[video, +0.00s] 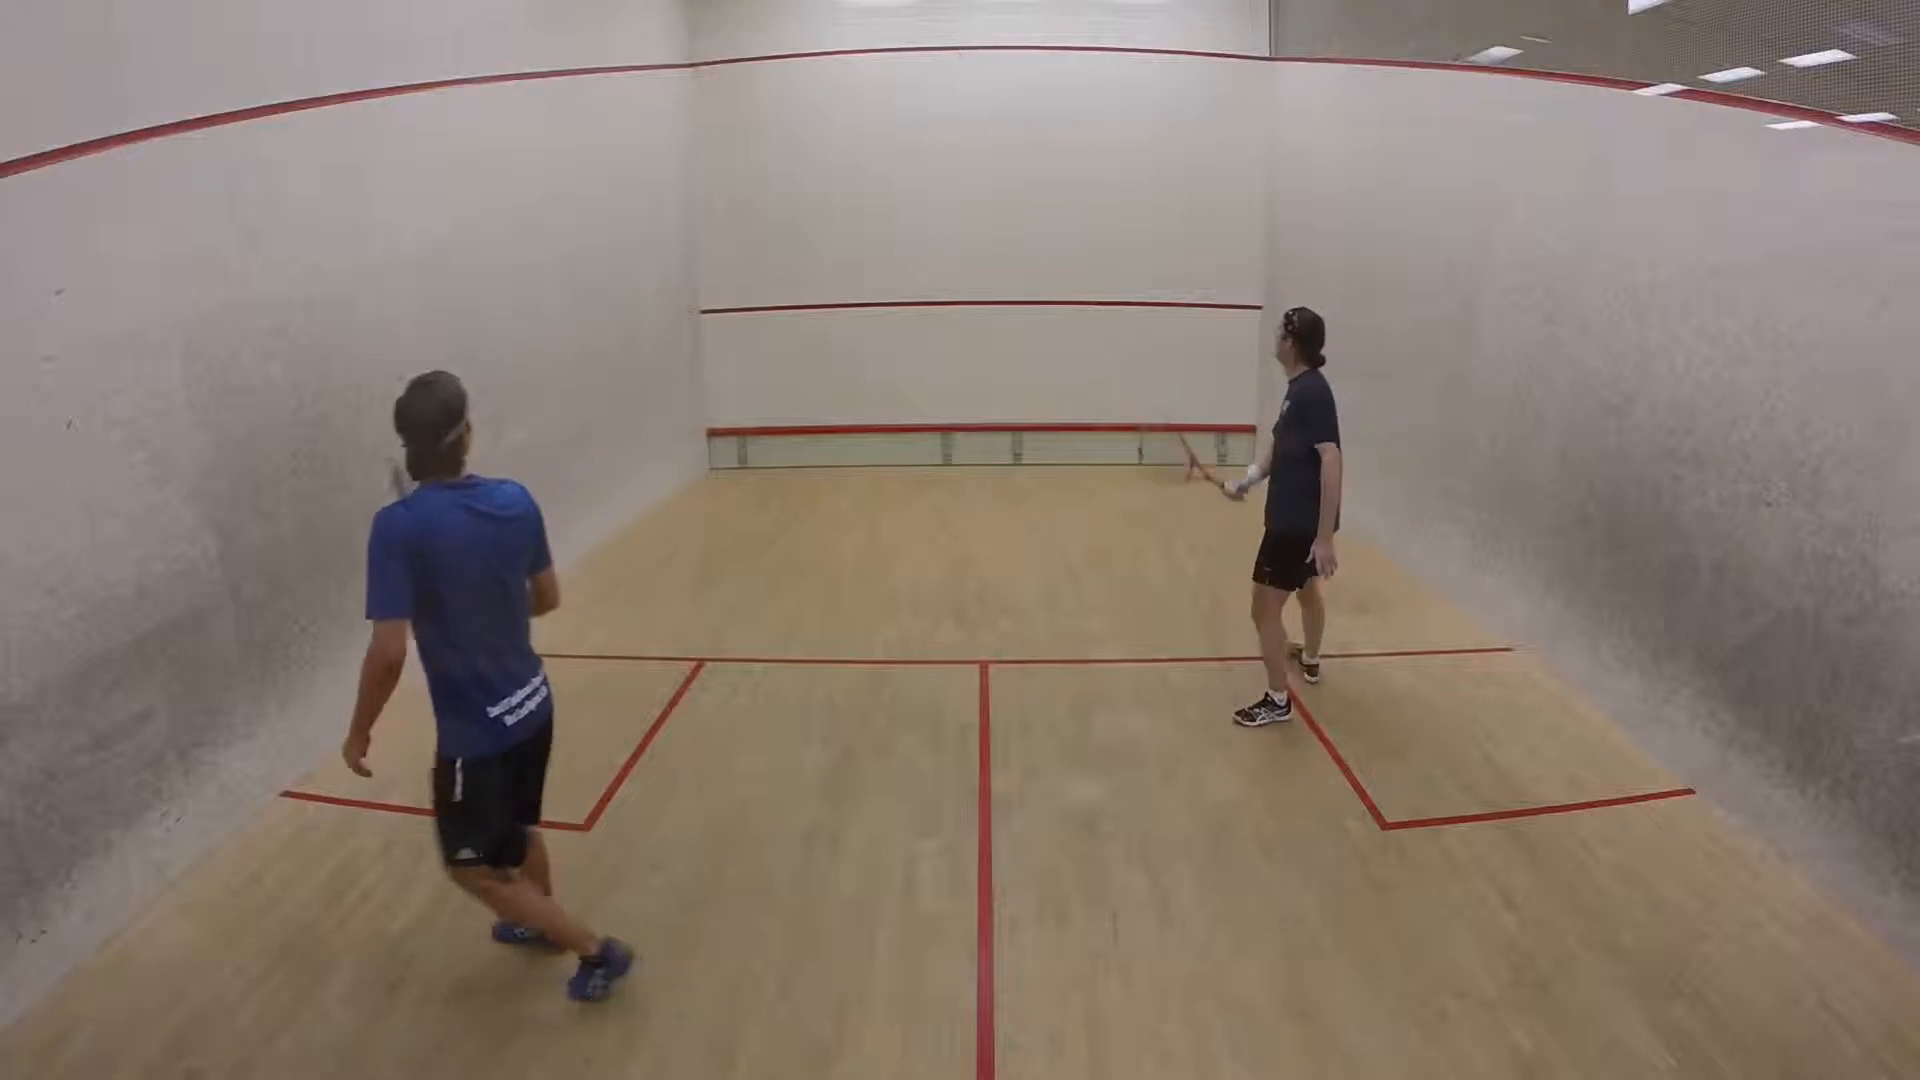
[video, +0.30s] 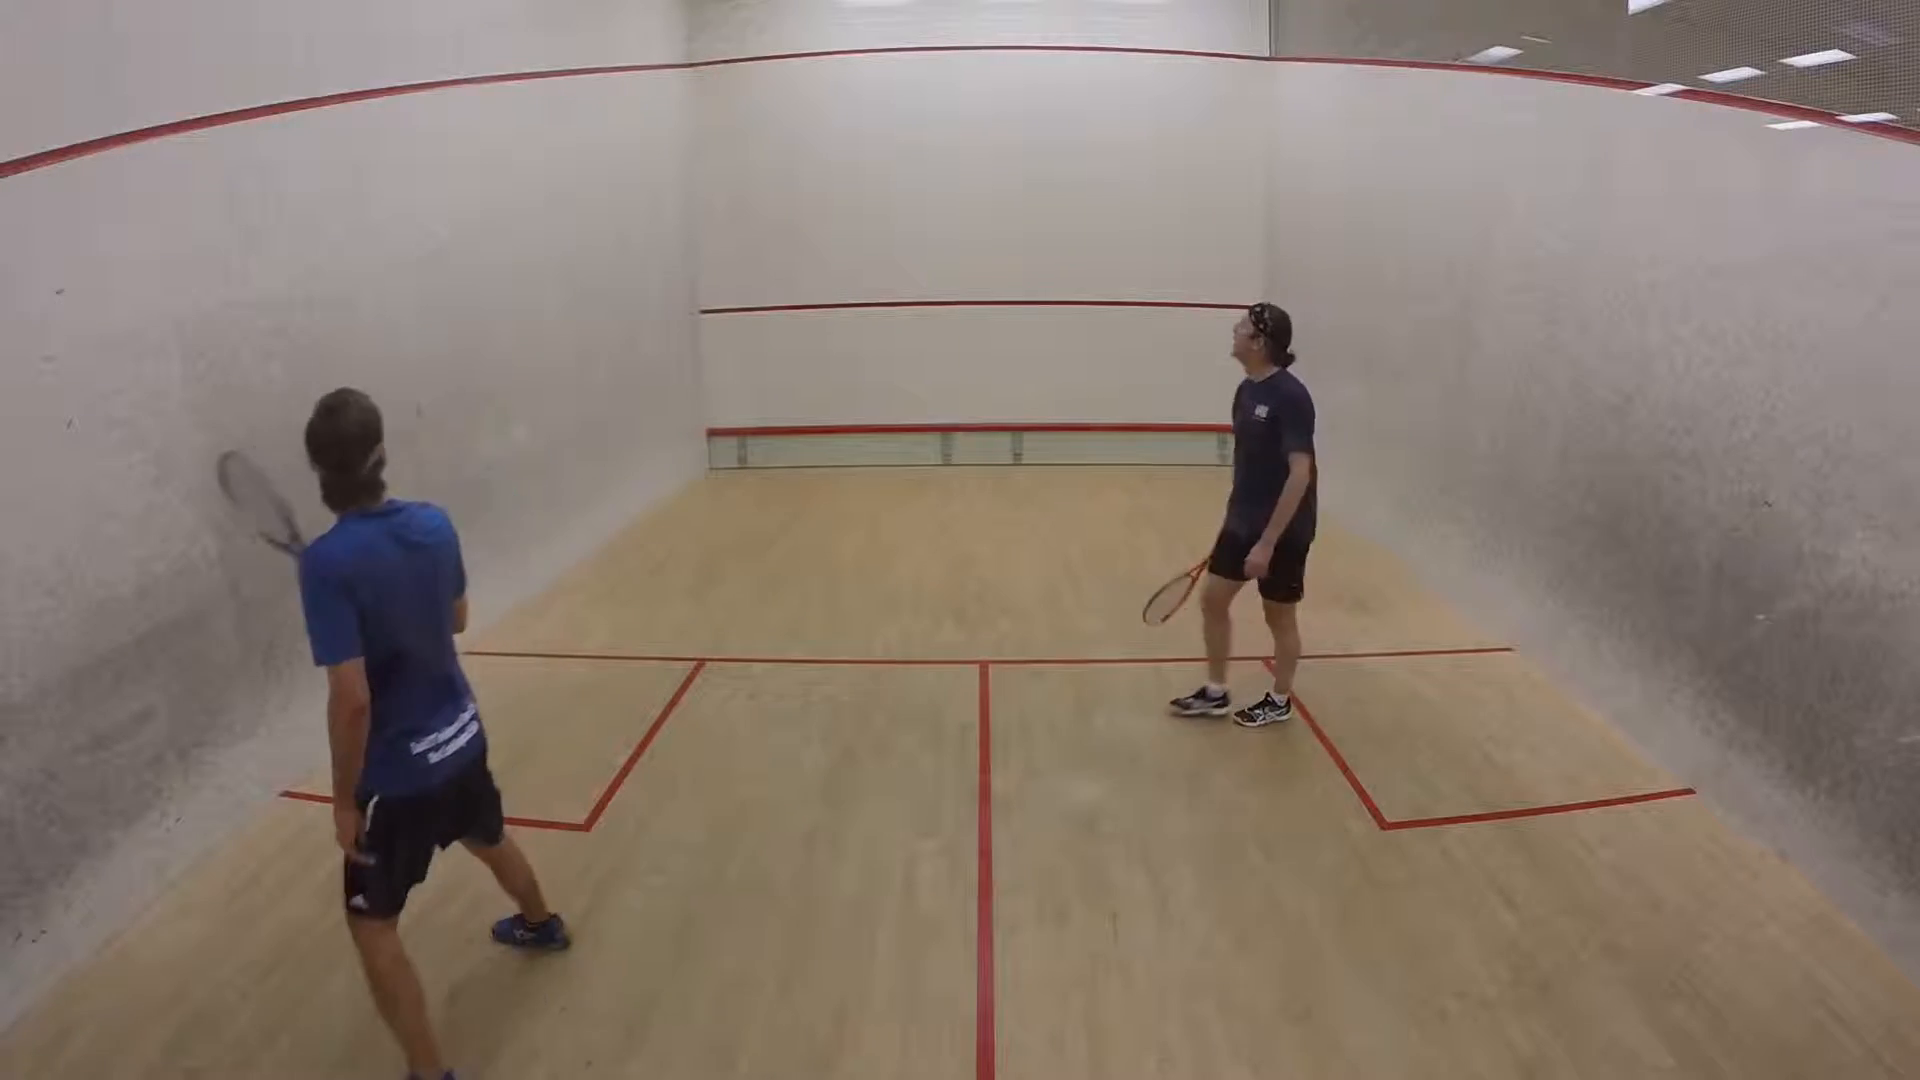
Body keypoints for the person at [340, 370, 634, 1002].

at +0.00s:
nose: (471, 428)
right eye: (468, 422)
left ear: (405, 441)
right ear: (467, 433)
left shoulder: (397, 528)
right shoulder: (512, 501)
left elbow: (389, 652)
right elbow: (546, 597)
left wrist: (360, 732)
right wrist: (480, 606)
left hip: (473, 732)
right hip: (531, 705)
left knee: (472, 866)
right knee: (521, 825)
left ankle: (599, 952)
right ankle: (540, 921)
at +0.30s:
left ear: (313, 464)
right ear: (380, 453)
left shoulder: (325, 564)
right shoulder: (431, 524)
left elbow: (353, 701)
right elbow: (456, 618)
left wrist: (346, 801)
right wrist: (368, 577)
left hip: (400, 778)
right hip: (464, 744)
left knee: (372, 922)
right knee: (488, 837)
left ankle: (428, 1069)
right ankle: (543, 921)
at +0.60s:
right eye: (284, 449)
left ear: (217, 489)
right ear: (292, 463)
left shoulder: (242, 592)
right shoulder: (368, 537)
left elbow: (286, 741)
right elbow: (423, 656)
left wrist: (289, 865)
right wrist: (354, 684)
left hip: (352, 815)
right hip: (426, 774)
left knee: (356, 954)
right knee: (451, 871)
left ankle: (429, 1071)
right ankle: (498, 969)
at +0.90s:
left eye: (233, 482)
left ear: (244, 505)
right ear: (319, 470)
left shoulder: (273, 611)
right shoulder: (398, 549)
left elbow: (329, 772)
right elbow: (457, 664)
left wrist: (330, 887)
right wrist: (405, 731)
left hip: (383, 845)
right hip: (455, 801)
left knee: (401, 989)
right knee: (459, 926)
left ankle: (432, 1075)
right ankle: (562, 1044)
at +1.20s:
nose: (289, 543)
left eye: (292, 524)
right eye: (283, 526)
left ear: (338, 512)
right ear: (350, 507)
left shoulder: (417, 598)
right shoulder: (427, 555)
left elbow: (534, 736)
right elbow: (423, 684)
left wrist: (543, 886)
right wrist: (352, 764)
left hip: (483, 858)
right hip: (522, 829)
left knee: (473, 1015)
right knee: (547, 982)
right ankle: (597, 1072)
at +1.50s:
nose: (425, 557)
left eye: (445, 536)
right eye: (419, 534)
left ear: (513, 516)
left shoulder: (590, 610)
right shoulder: (434, 596)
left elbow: (686, 750)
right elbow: (374, 728)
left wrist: (731, 903)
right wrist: (290, 842)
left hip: (620, 889)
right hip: (536, 885)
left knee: (641, 1065)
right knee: (594, 1037)